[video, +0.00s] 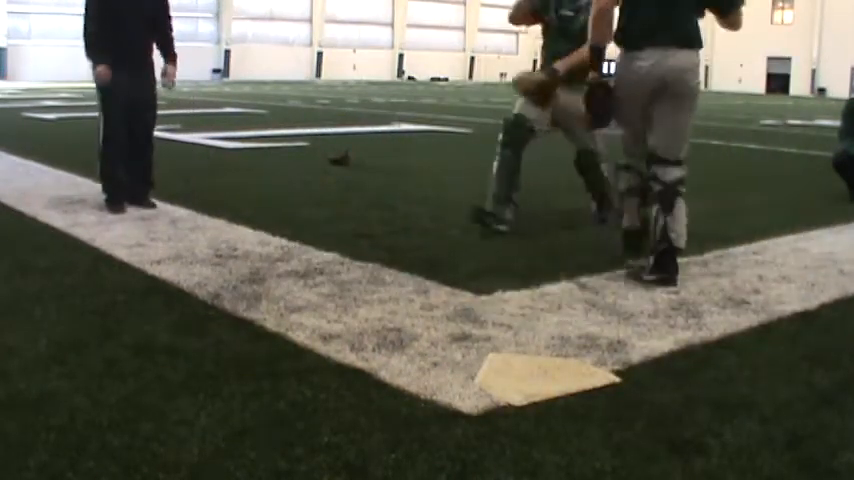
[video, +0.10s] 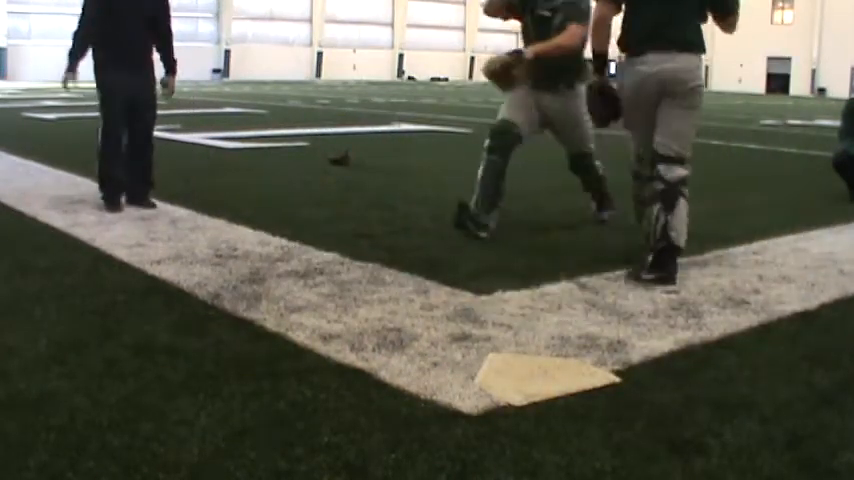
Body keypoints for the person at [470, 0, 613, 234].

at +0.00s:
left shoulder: (599, 6)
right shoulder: (551, 4)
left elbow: (596, 46)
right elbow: (516, 18)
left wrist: (552, 72)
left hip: (579, 87)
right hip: (544, 84)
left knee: (588, 157)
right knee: (512, 137)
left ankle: (605, 209)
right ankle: (500, 210)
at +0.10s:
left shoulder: (576, 4)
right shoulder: (527, 5)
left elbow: (572, 40)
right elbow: (491, 10)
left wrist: (527, 53)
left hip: (566, 91)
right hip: (529, 88)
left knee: (582, 160)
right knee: (499, 139)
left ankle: (604, 205)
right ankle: (481, 217)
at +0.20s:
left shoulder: (552, 3)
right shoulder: (502, 3)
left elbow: (549, 29)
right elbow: (477, 4)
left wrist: (502, 41)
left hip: (545, 89)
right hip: (509, 86)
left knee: (564, 160)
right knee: (481, 138)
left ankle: (598, 197)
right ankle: (476, 221)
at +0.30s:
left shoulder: (536, 2)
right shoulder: (486, 3)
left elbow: (536, 22)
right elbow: (489, 29)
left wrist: (495, 37)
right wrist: (469, 49)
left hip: (525, 77)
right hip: (491, 75)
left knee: (532, 158)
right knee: (471, 141)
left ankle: (569, 187)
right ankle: (475, 219)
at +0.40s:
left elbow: (530, 16)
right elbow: (471, 20)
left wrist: (493, 41)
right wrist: (465, 51)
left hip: (511, 62)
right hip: (476, 59)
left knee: (500, 144)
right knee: (469, 141)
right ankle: (473, 220)